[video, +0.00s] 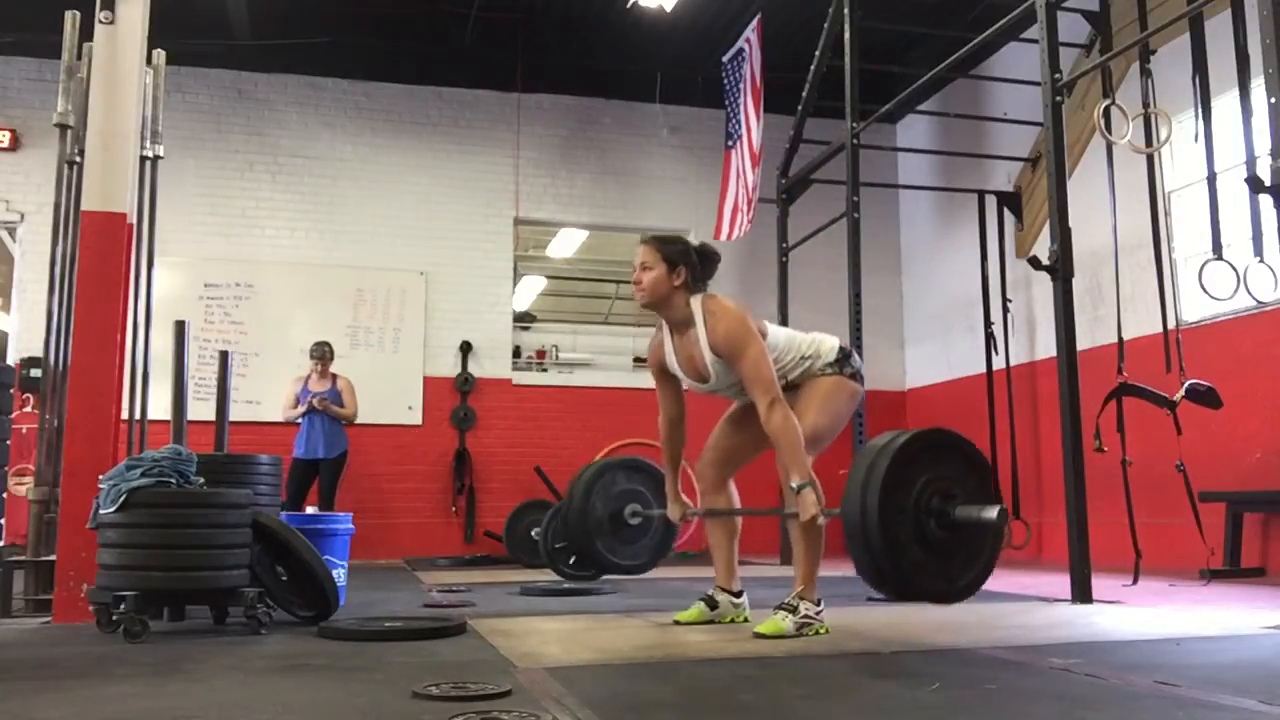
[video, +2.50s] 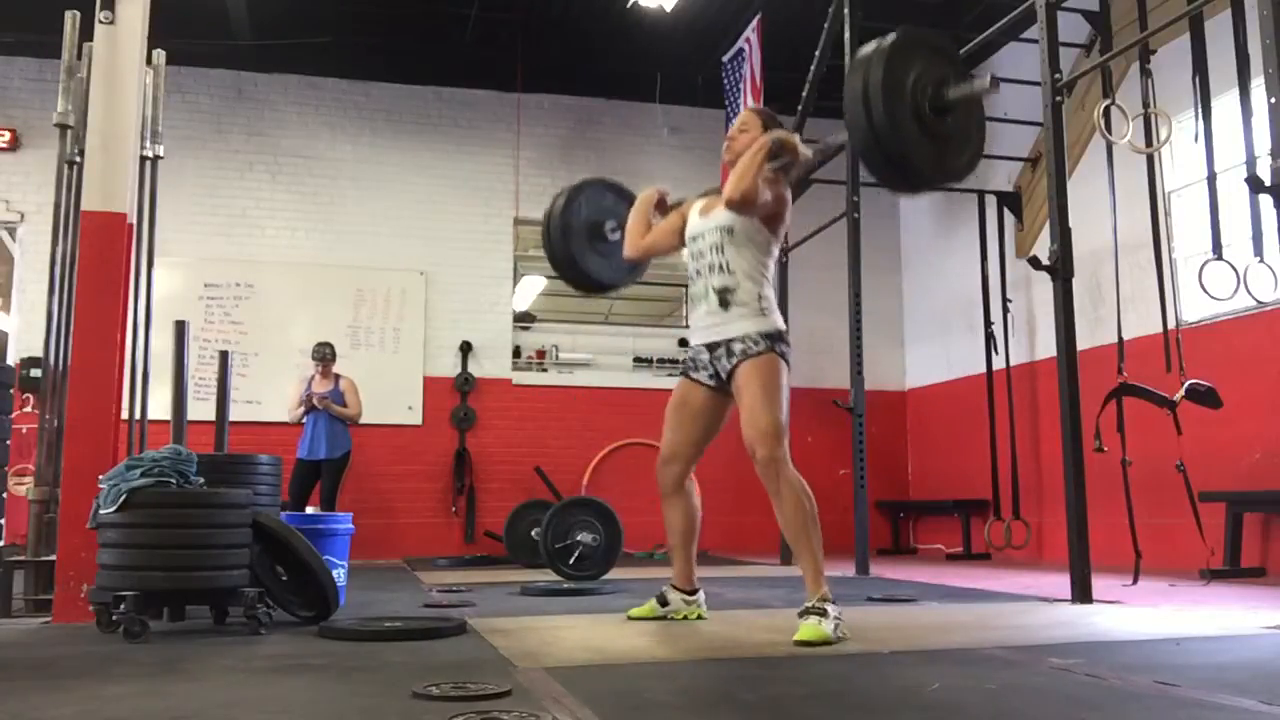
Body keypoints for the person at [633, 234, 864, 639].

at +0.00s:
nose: (634, 278)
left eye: (645, 269)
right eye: (635, 269)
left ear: (677, 276)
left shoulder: (724, 321)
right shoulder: (661, 351)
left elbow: (772, 405)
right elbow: (671, 422)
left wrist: (802, 483)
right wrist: (671, 492)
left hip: (832, 369)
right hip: (776, 385)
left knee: (796, 465)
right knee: (709, 470)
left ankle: (806, 602)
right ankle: (728, 595)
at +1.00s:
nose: (641, 203)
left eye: (651, 193)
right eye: (641, 194)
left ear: (681, 200)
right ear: (664, 204)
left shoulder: (726, 247)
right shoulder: (661, 285)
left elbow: (774, 323)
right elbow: (672, 358)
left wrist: (802, 398)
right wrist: (676, 423)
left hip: (814, 347)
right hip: (761, 361)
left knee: (796, 466)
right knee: (724, 468)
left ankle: (806, 601)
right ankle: (728, 594)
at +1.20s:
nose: (683, 151)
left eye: (695, 144)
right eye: (685, 145)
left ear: (723, 159)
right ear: (697, 163)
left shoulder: (746, 206)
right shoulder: (683, 238)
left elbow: (777, 278)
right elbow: (675, 315)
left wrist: (791, 354)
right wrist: (665, 385)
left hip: (783, 360)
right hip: (732, 372)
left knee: (760, 461)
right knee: (685, 471)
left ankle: (801, 599)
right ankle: (726, 594)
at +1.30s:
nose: (733, 138)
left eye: (746, 133)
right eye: (736, 133)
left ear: (772, 151)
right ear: (739, 154)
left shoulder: (783, 199)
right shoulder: (717, 224)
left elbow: (792, 262)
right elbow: (686, 294)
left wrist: (780, 331)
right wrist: (656, 361)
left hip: (776, 355)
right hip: (726, 362)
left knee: (752, 459)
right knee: (680, 469)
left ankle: (798, 597)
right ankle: (723, 591)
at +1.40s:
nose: (766, 123)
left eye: (781, 119)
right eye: (768, 118)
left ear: (802, 141)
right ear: (763, 139)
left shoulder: (802, 178)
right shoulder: (736, 203)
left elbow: (796, 230)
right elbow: (690, 263)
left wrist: (775, 279)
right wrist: (650, 315)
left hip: (770, 323)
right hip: (719, 331)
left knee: (760, 441)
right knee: (695, 452)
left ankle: (796, 590)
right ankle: (717, 583)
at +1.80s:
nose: (724, 186)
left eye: (738, 181)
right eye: (724, 181)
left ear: (763, 203)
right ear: (722, 203)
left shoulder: (773, 254)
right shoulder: (696, 271)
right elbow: (638, 311)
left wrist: (767, 226)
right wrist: (645, 259)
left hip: (783, 397)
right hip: (726, 410)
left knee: (760, 475)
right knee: (637, 486)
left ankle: (826, 606)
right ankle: (682, 596)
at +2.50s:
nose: (731, 134)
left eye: (744, 127)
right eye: (730, 127)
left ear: (768, 146)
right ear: (726, 143)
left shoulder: (772, 196)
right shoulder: (696, 209)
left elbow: (737, 195)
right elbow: (635, 247)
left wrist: (773, 145)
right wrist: (646, 200)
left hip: (756, 342)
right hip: (705, 352)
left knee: (769, 458)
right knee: (671, 469)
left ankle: (820, 601)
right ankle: (684, 593)